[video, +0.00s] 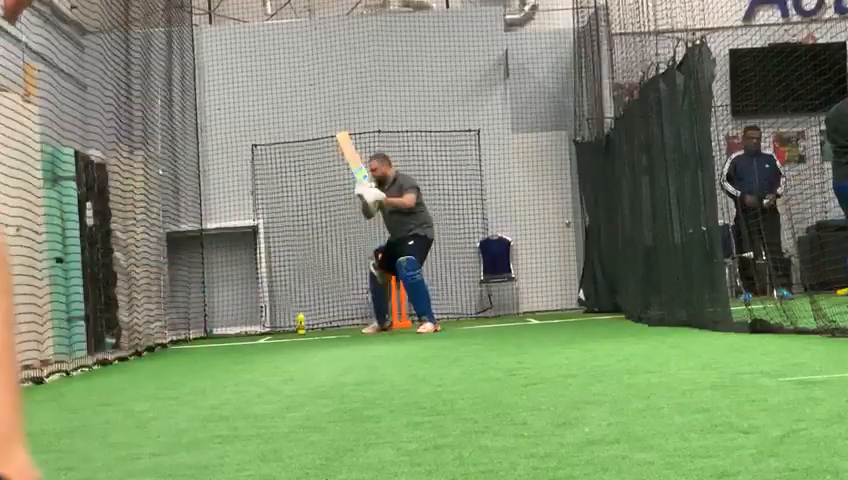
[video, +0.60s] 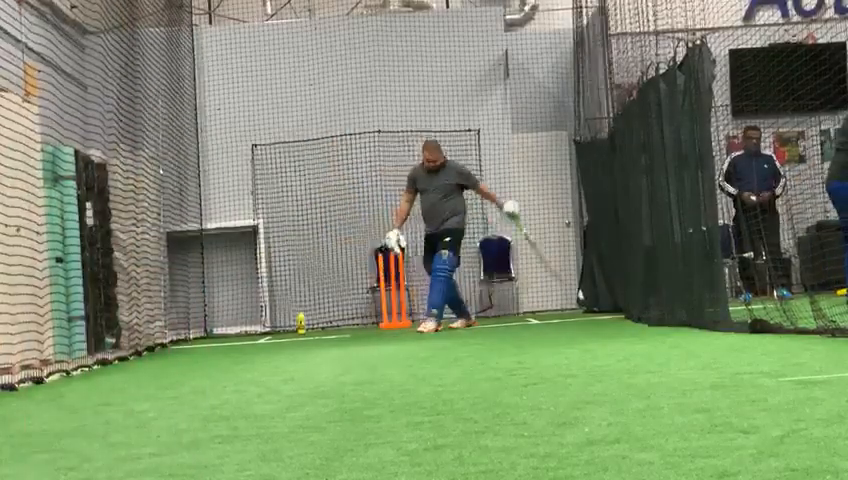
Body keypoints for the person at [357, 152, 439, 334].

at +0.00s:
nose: (373, 174)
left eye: (375, 170)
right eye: (371, 171)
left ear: (387, 166)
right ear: (371, 171)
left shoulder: (405, 181)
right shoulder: (378, 187)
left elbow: (409, 202)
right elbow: (368, 214)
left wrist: (382, 199)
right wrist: (364, 197)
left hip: (419, 234)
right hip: (398, 239)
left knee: (406, 265)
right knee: (376, 267)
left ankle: (428, 321)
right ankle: (382, 321)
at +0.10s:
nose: (387, 165)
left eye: (390, 161)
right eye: (385, 162)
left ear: (400, 158)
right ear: (382, 163)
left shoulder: (415, 176)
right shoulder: (385, 184)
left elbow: (419, 202)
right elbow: (379, 205)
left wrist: (397, 212)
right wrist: (373, 211)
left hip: (424, 229)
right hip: (403, 233)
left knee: (412, 265)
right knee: (385, 267)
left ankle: (428, 321)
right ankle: (384, 318)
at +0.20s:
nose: (401, 159)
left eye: (404, 155)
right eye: (397, 157)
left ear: (412, 151)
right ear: (393, 157)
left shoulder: (425, 171)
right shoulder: (393, 177)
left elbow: (431, 199)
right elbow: (389, 201)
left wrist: (416, 217)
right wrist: (387, 221)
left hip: (428, 226)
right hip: (406, 227)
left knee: (419, 263)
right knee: (388, 265)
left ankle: (428, 320)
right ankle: (403, 316)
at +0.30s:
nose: (416, 156)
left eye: (418, 152)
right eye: (411, 153)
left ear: (424, 149)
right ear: (405, 153)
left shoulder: (434, 169)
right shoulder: (399, 173)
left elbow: (438, 197)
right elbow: (396, 203)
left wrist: (431, 218)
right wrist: (390, 228)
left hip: (433, 227)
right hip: (410, 227)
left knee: (426, 269)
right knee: (400, 271)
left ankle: (430, 318)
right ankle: (426, 308)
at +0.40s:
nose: (427, 156)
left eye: (429, 152)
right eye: (422, 154)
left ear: (433, 149)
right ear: (413, 152)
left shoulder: (442, 169)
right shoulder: (404, 172)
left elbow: (452, 199)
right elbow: (399, 203)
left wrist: (457, 225)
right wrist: (393, 229)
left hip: (438, 226)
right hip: (416, 228)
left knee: (429, 270)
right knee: (407, 271)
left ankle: (429, 319)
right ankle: (444, 304)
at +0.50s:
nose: (434, 162)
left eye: (437, 157)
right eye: (430, 158)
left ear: (440, 153)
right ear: (420, 154)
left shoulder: (448, 171)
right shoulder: (410, 173)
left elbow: (469, 195)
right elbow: (402, 201)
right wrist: (394, 229)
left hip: (444, 228)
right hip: (422, 230)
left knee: (434, 272)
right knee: (422, 274)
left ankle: (430, 320)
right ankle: (460, 313)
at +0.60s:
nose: (433, 165)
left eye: (437, 161)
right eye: (430, 162)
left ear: (443, 156)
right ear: (423, 158)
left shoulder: (455, 170)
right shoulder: (416, 174)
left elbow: (480, 189)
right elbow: (407, 201)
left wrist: (502, 204)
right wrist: (396, 228)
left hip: (452, 228)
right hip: (431, 231)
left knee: (441, 269)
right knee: (436, 272)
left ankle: (433, 318)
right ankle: (464, 316)